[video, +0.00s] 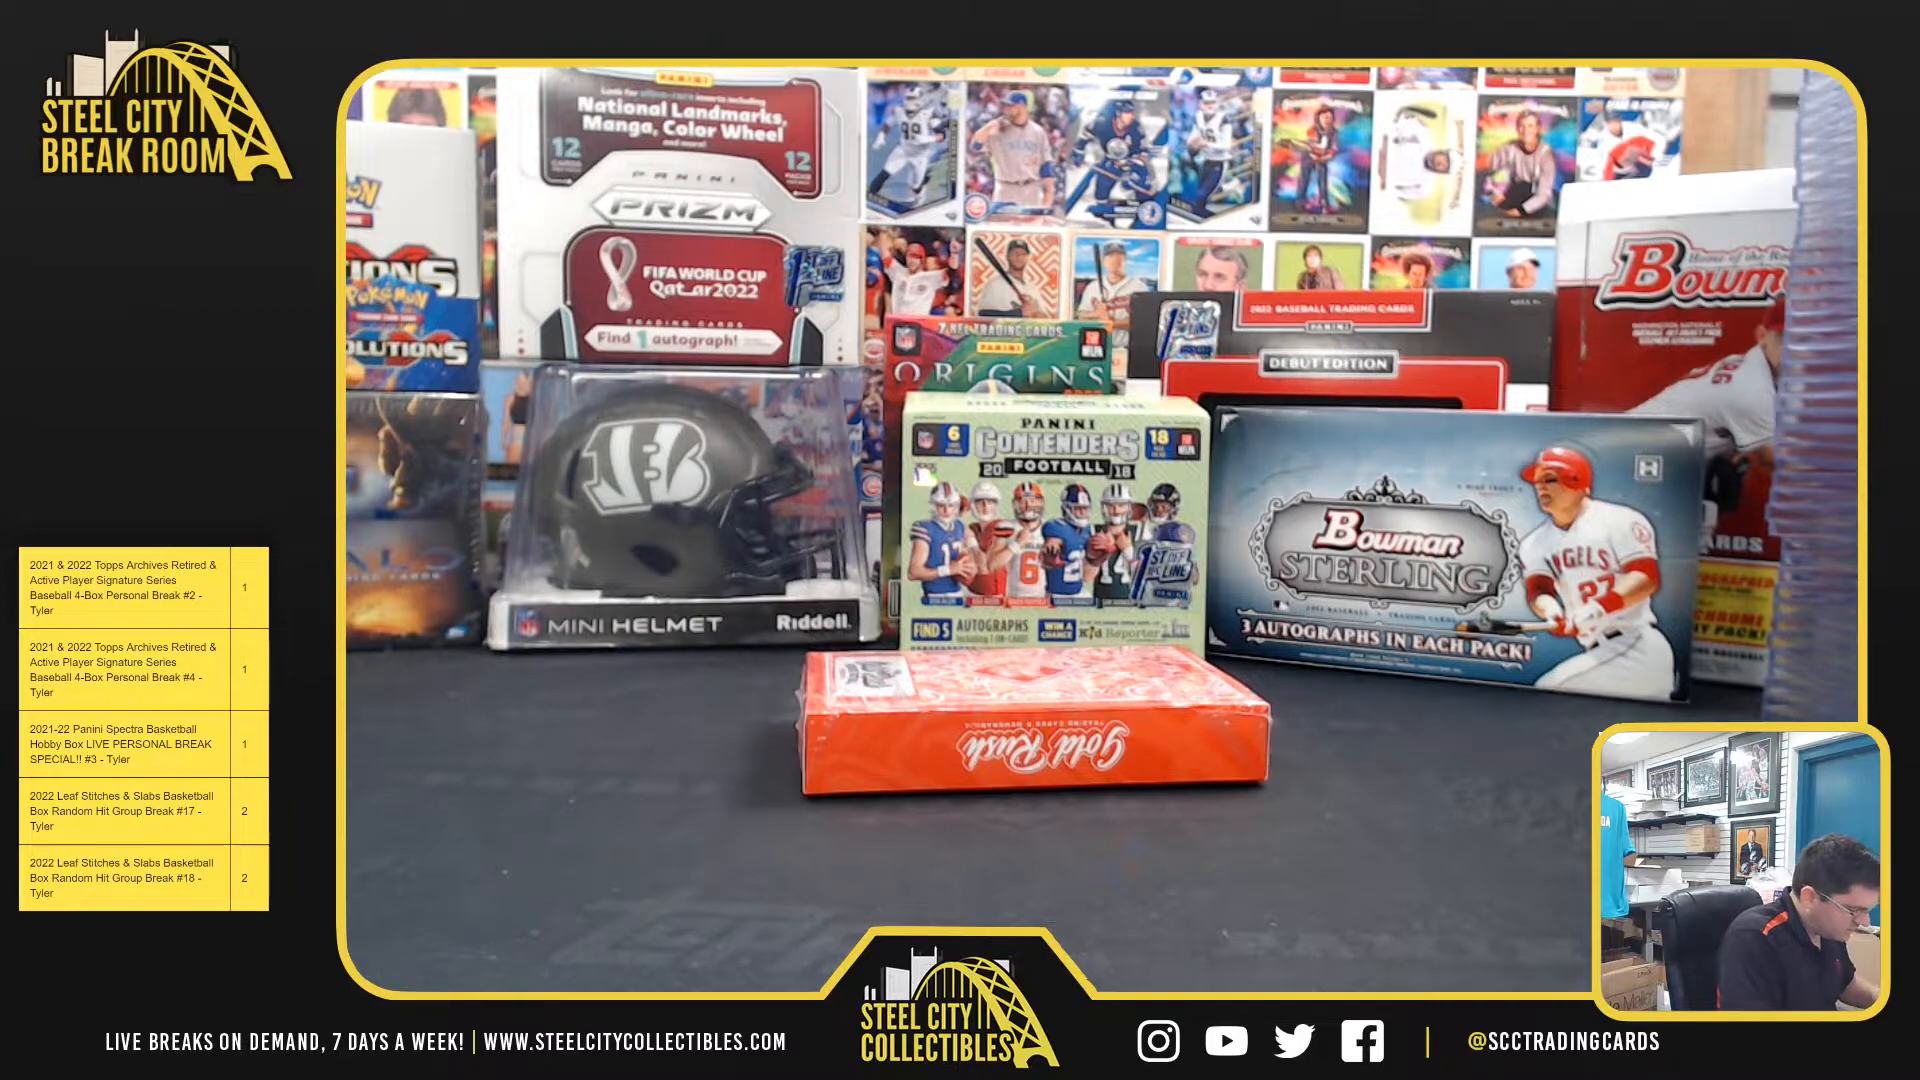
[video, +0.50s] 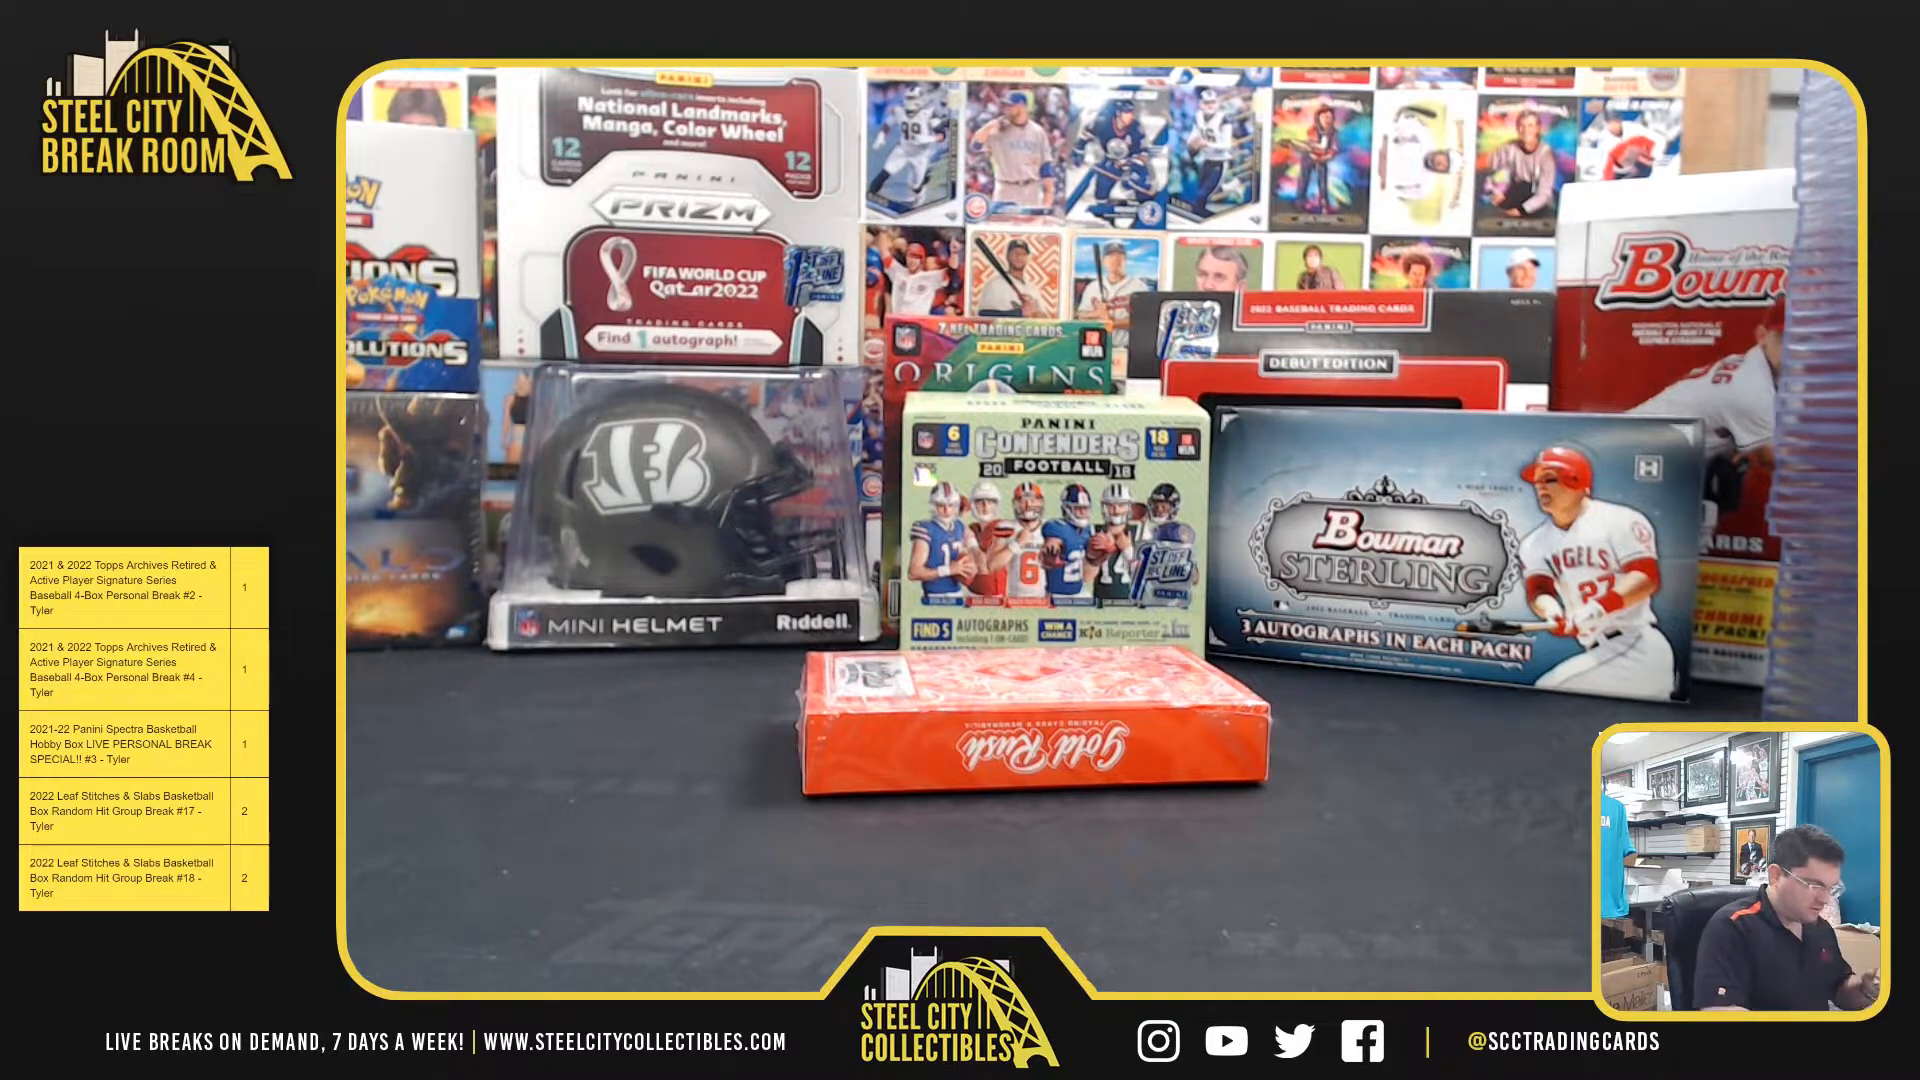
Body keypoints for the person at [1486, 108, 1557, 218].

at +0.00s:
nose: (1526, 131)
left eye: (1530, 126)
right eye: (1522, 126)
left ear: (1538, 129)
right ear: (1518, 130)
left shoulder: (1545, 154)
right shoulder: (1505, 151)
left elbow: (1545, 192)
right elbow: (1491, 179)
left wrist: (1523, 209)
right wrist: (1495, 193)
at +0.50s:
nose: (1526, 130)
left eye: (1530, 126)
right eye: (1522, 126)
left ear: (1538, 128)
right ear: (1518, 129)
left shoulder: (1545, 154)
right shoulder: (1506, 151)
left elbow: (1545, 192)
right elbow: (1491, 179)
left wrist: (1523, 209)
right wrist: (1495, 193)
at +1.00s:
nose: (1526, 130)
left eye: (1530, 126)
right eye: (1522, 126)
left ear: (1538, 128)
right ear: (1518, 129)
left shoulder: (1545, 154)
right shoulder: (1506, 151)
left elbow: (1545, 192)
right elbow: (1490, 179)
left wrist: (1523, 209)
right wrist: (1495, 193)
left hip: (1535, 188)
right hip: (1511, 187)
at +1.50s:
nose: (1526, 130)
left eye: (1530, 126)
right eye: (1522, 126)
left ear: (1539, 128)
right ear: (1518, 130)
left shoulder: (1545, 154)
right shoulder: (1506, 151)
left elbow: (1545, 191)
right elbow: (1490, 178)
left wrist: (1523, 209)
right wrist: (1495, 193)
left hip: (1535, 188)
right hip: (1511, 187)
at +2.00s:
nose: (1526, 130)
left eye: (1530, 126)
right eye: (1522, 126)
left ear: (1539, 128)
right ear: (1518, 130)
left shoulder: (1545, 154)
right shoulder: (1507, 150)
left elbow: (1545, 191)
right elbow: (1490, 178)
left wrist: (1523, 209)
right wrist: (1495, 193)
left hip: (1535, 188)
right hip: (1512, 187)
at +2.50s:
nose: (1526, 130)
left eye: (1530, 126)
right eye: (1522, 126)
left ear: (1539, 128)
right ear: (1518, 129)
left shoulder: (1545, 153)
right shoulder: (1507, 150)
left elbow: (1545, 191)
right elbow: (1489, 178)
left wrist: (1523, 209)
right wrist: (1495, 193)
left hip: (1535, 187)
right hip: (1513, 186)